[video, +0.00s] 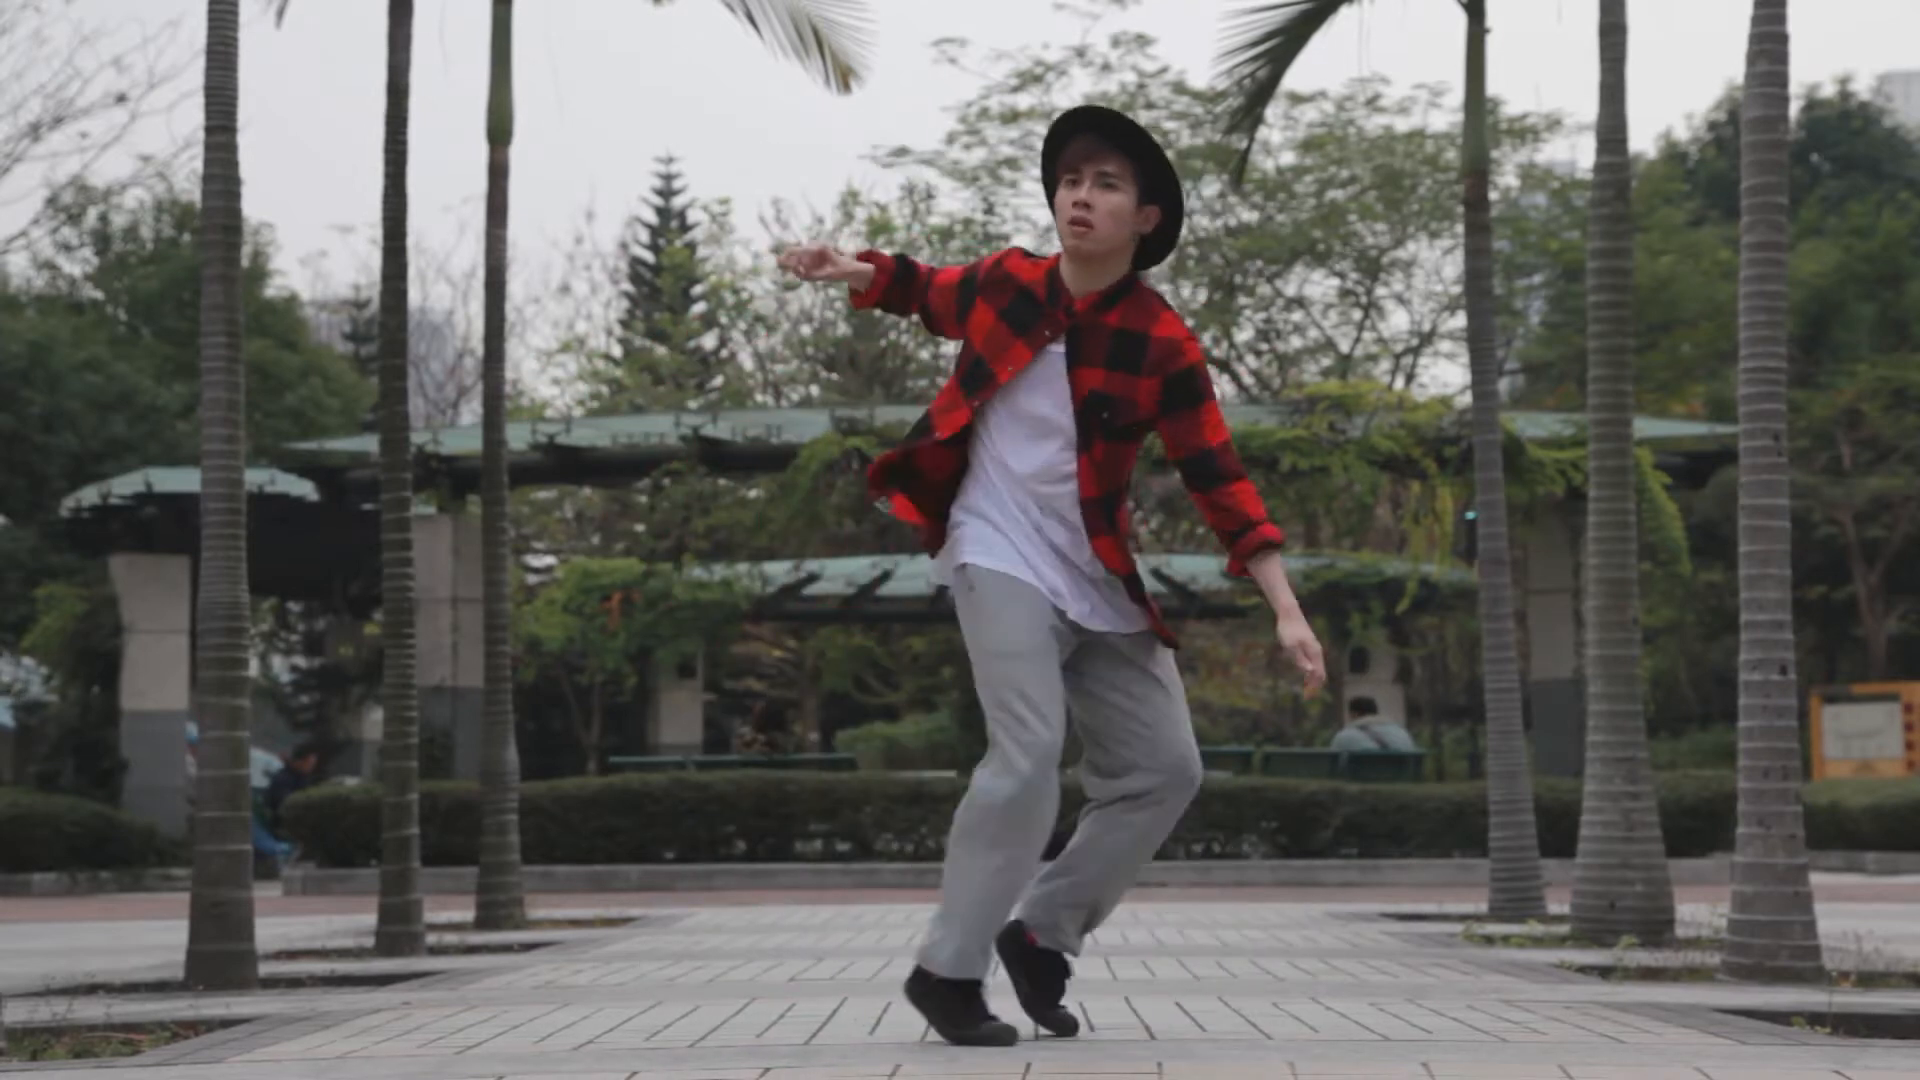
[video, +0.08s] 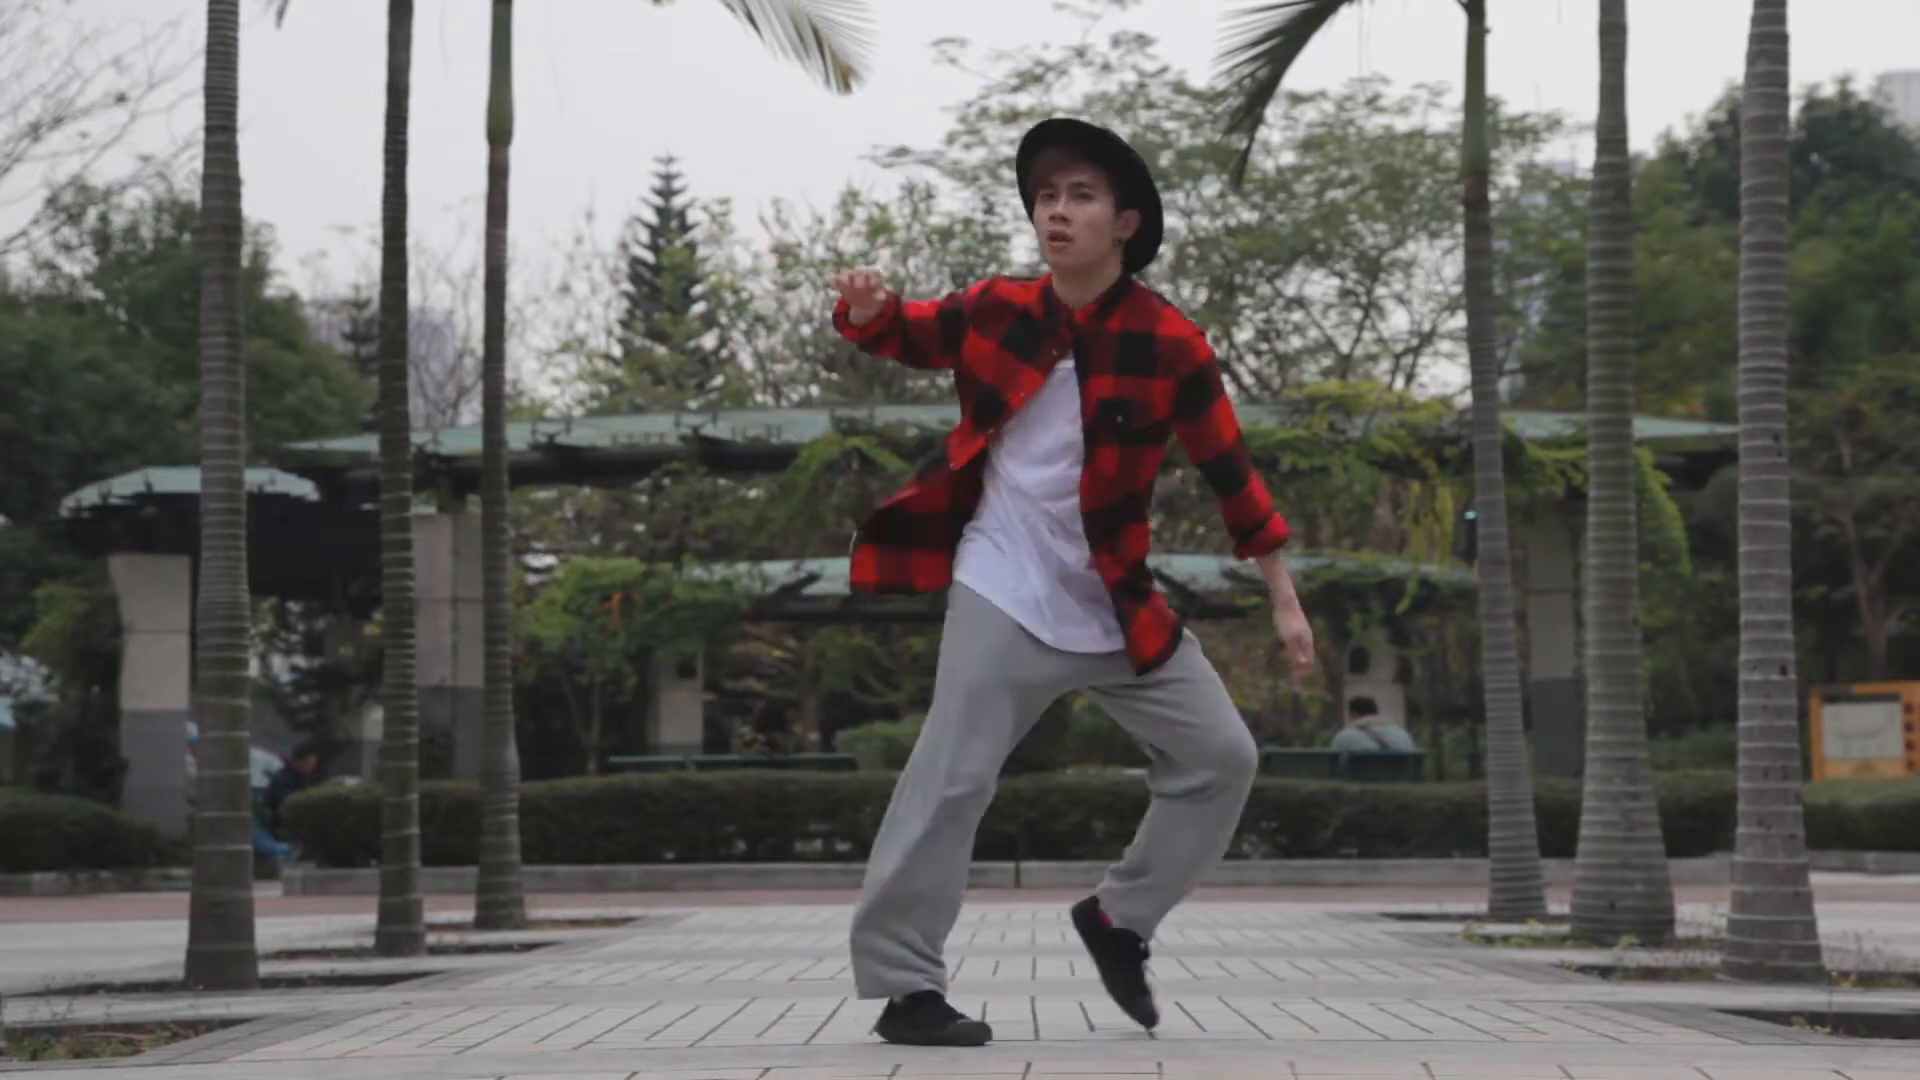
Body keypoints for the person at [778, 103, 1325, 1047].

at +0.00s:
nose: (1080, 197)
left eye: (1106, 185)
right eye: (1070, 182)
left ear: (1148, 219)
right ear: (1051, 202)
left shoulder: (1161, 337)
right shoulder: (1005, 281)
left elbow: (1216, 474)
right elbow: (925, 293)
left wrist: (1286, 607)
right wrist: (849, 268)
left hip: (1093, 564)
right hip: (993, 542)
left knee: (1164, 765)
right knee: (1030, 748)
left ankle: (1041, 935)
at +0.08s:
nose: (1057, 214)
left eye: (1081, 197)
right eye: (1044, 198)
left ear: (1129, 220)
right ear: (1032, 215)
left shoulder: (1170, 343)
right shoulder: (995, 307)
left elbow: (1230, 470)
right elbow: (906, 336)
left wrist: (1285, 597)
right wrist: (867, 309)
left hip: (1110, 587)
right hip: (1001, 572)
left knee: (1222, 755)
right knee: (956, 766)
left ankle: (1120, 916)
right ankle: (907, 985)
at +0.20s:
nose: (1100, 214)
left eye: (1118, 195)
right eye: (1077, 204)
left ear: (1156, 214)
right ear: (1058, 235)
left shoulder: (1220, 324)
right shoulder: (1021, 320)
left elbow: (1260, 398)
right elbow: (914, 411)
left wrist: (1266, 500)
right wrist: (990, 376)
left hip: (1143, 575)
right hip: (1025, 572)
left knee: (1224, 733)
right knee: (980, 763)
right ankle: (937, 975)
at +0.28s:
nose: (1167, 217)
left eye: (1178, 200)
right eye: (1139, 208)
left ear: (1200, 219)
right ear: (1104, 245)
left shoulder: (1240, 312)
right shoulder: (1077, 338)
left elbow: (1272, 359)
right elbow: (1019, 459)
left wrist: (1282, 451)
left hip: (1173, 587)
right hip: (1062, 596)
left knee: (1259, 736)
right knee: (1043, 776)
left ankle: (1291, 944)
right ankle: (996, 944)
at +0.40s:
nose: (1248, 262)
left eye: (1244, 246)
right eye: (1223, 253)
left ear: (1253, 261)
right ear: (1177, 292)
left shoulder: (1236, 370)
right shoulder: (1169, 386)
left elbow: (1261, 420)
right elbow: (1177, 538)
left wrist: (1316, 454)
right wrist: (1293, 590)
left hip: (1201, 624)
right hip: (1114, 634)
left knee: (1293, 776)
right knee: (1157, 868)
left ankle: (1264, 993)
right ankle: (1147, 897)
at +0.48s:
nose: (1276, 298)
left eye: (1273, 282)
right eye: (1255, 286)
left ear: (1217, 318)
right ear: (1202, 314)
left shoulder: (1215, 400)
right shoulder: (1198, 411)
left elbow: (1217, 489)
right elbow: (1218, 559)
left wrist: (1300, 472)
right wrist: (1273, 664)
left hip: (1199, 660)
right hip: (1114, 674)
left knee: (1306, 779)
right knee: (1199, 871)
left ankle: (1269, 992)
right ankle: (1180, 879)